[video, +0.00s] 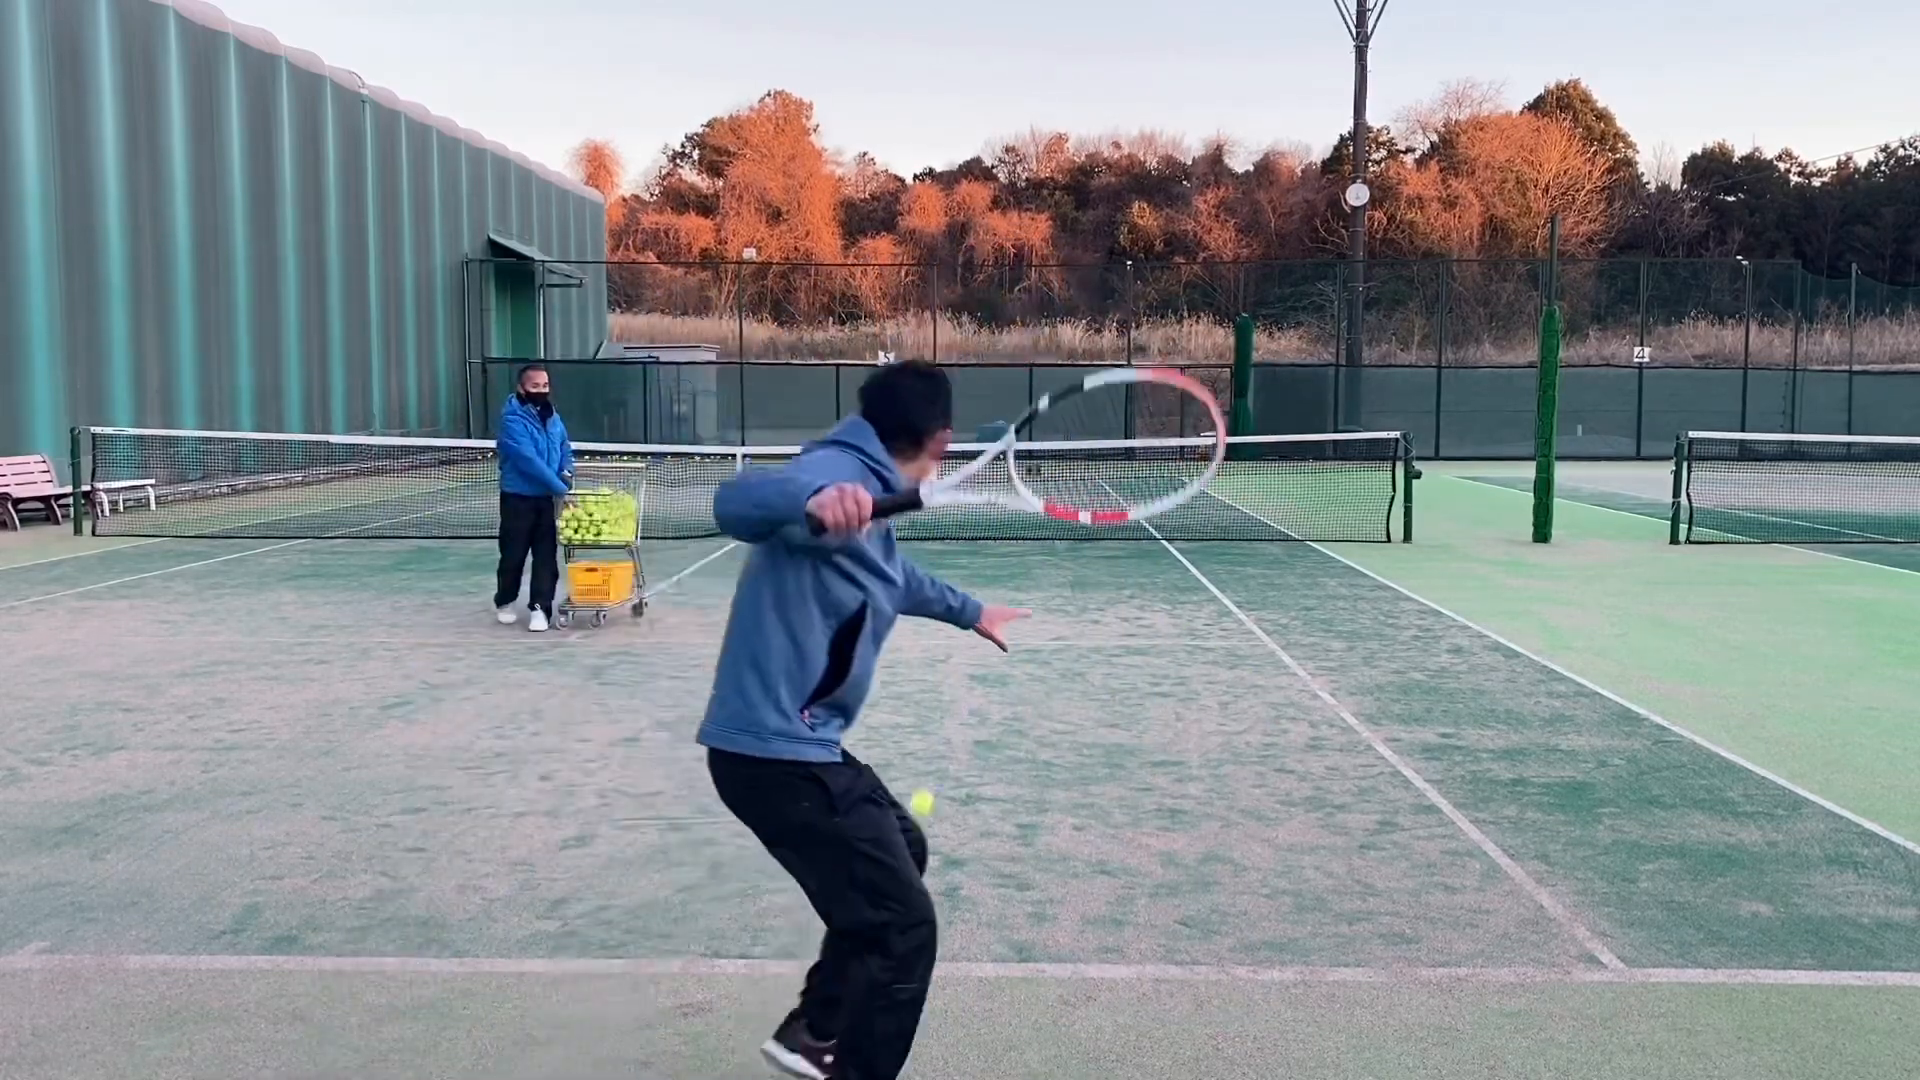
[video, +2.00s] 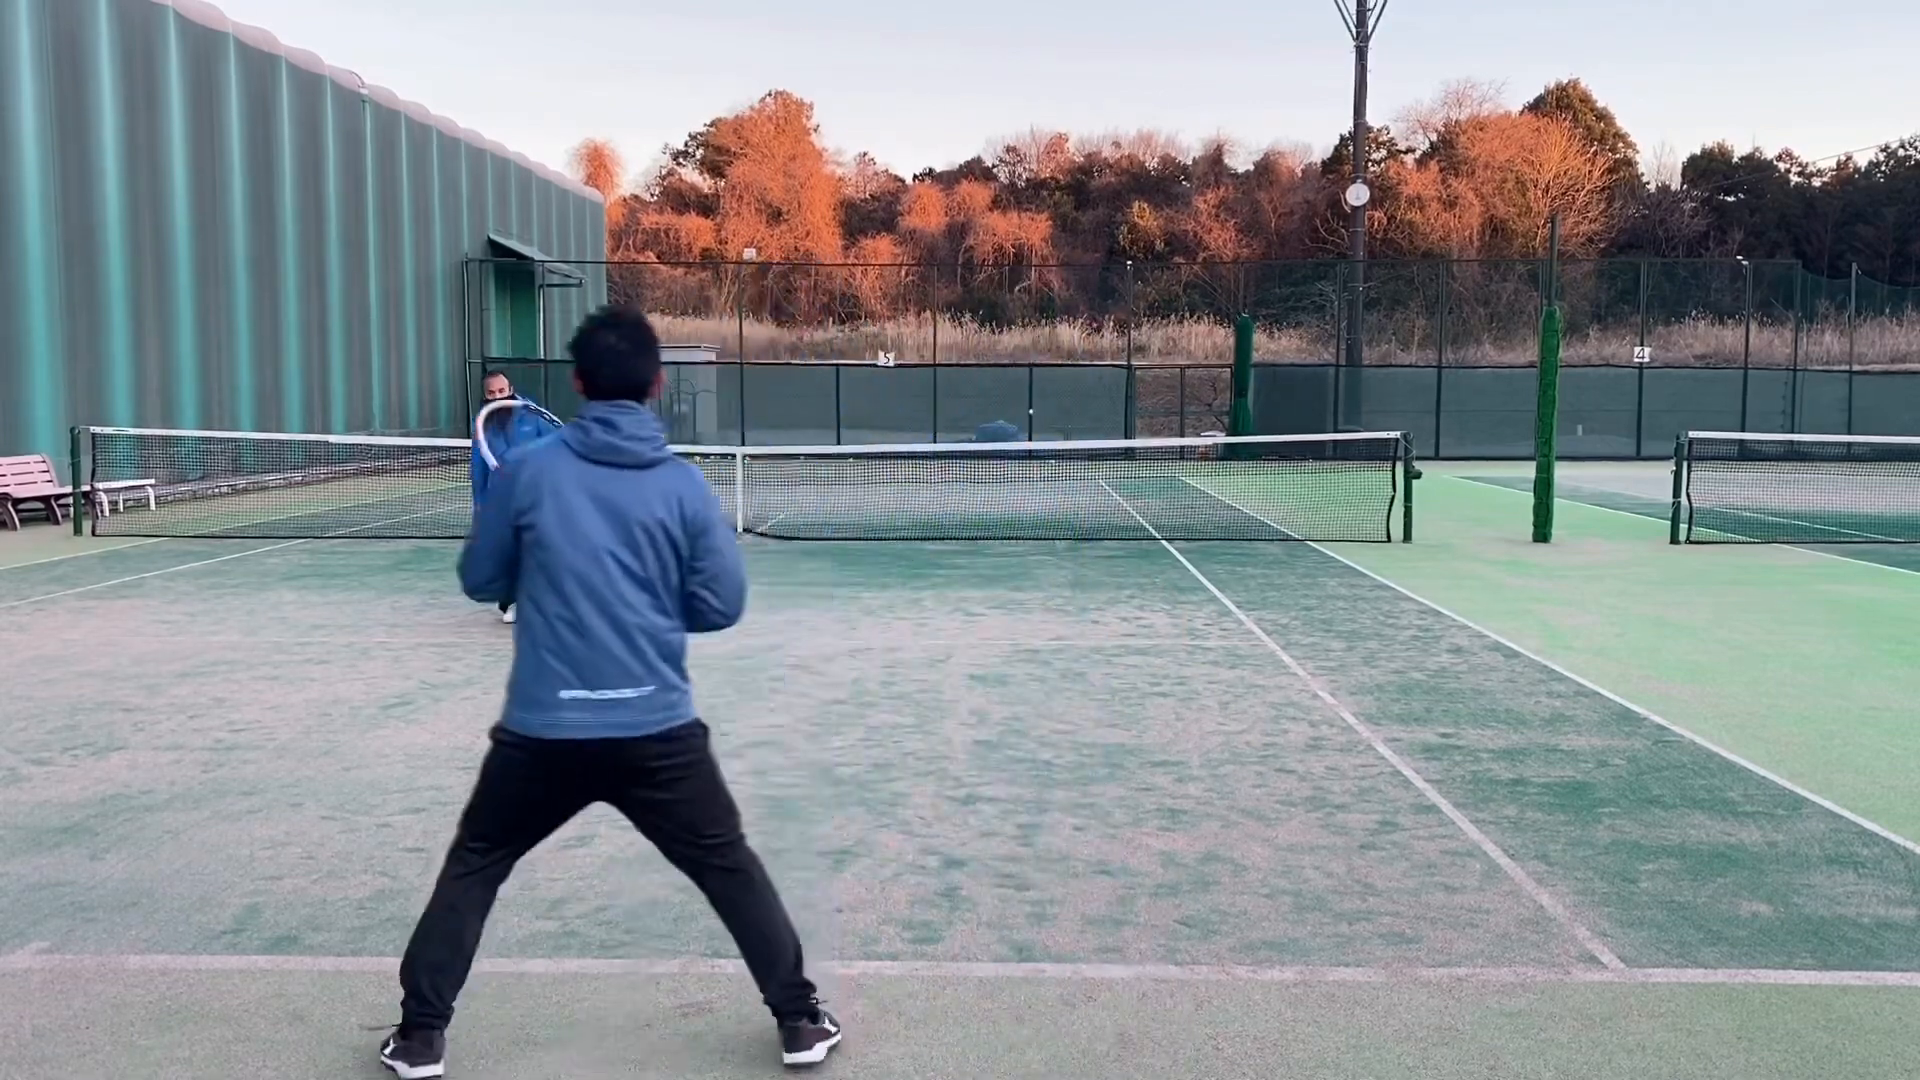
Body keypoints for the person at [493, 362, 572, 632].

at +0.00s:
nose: (542, 391)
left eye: (545, 386)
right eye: (536, 386)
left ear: (549, 387)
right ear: (522, 388)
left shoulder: (552, 416)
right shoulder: (512, 418)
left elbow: (565, 447)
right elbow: (526, 458)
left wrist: (566, 469)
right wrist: (560, 488)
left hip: (547, 494)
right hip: (518, 494)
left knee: (546, 556)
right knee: (513, 554)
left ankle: (540, 609)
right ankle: (505, 602)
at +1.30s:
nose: (527, 390)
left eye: (531, 385)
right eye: (521, 385)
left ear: (537, 387)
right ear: (511, 388)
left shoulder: (551, 417)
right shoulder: (500, 420)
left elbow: (568, 450)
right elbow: (500, 465)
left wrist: (566, 471)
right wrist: (529, 473)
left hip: (544, 497)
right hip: (512, 498)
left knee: (543, 554)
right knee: (512, 555)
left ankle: (540, 609)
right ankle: (511, 603)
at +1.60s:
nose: (513, 392)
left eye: (517, 387)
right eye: (507, 387)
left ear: (525, 387)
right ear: (499, 390)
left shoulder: (542, 416)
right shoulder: (490, 420)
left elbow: (566, 448)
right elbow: (483, 458)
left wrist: (565, 472)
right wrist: (493, 483)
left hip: (535, 495)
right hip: (503, 496)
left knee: (536, 550)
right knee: (505, 553)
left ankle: (538, 603)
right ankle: (512, 604)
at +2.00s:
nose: (497, 396)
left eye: (501, 390)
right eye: (491, 393)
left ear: (510, 389)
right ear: (485, 395)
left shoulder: (533, 416)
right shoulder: (484, 425)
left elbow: (559, 441)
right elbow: (478, 466)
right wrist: (479, 502)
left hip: (536, 492)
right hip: (499, 497)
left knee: (535, 548)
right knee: (504, 550)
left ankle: (535, 601)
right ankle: (509, 602)